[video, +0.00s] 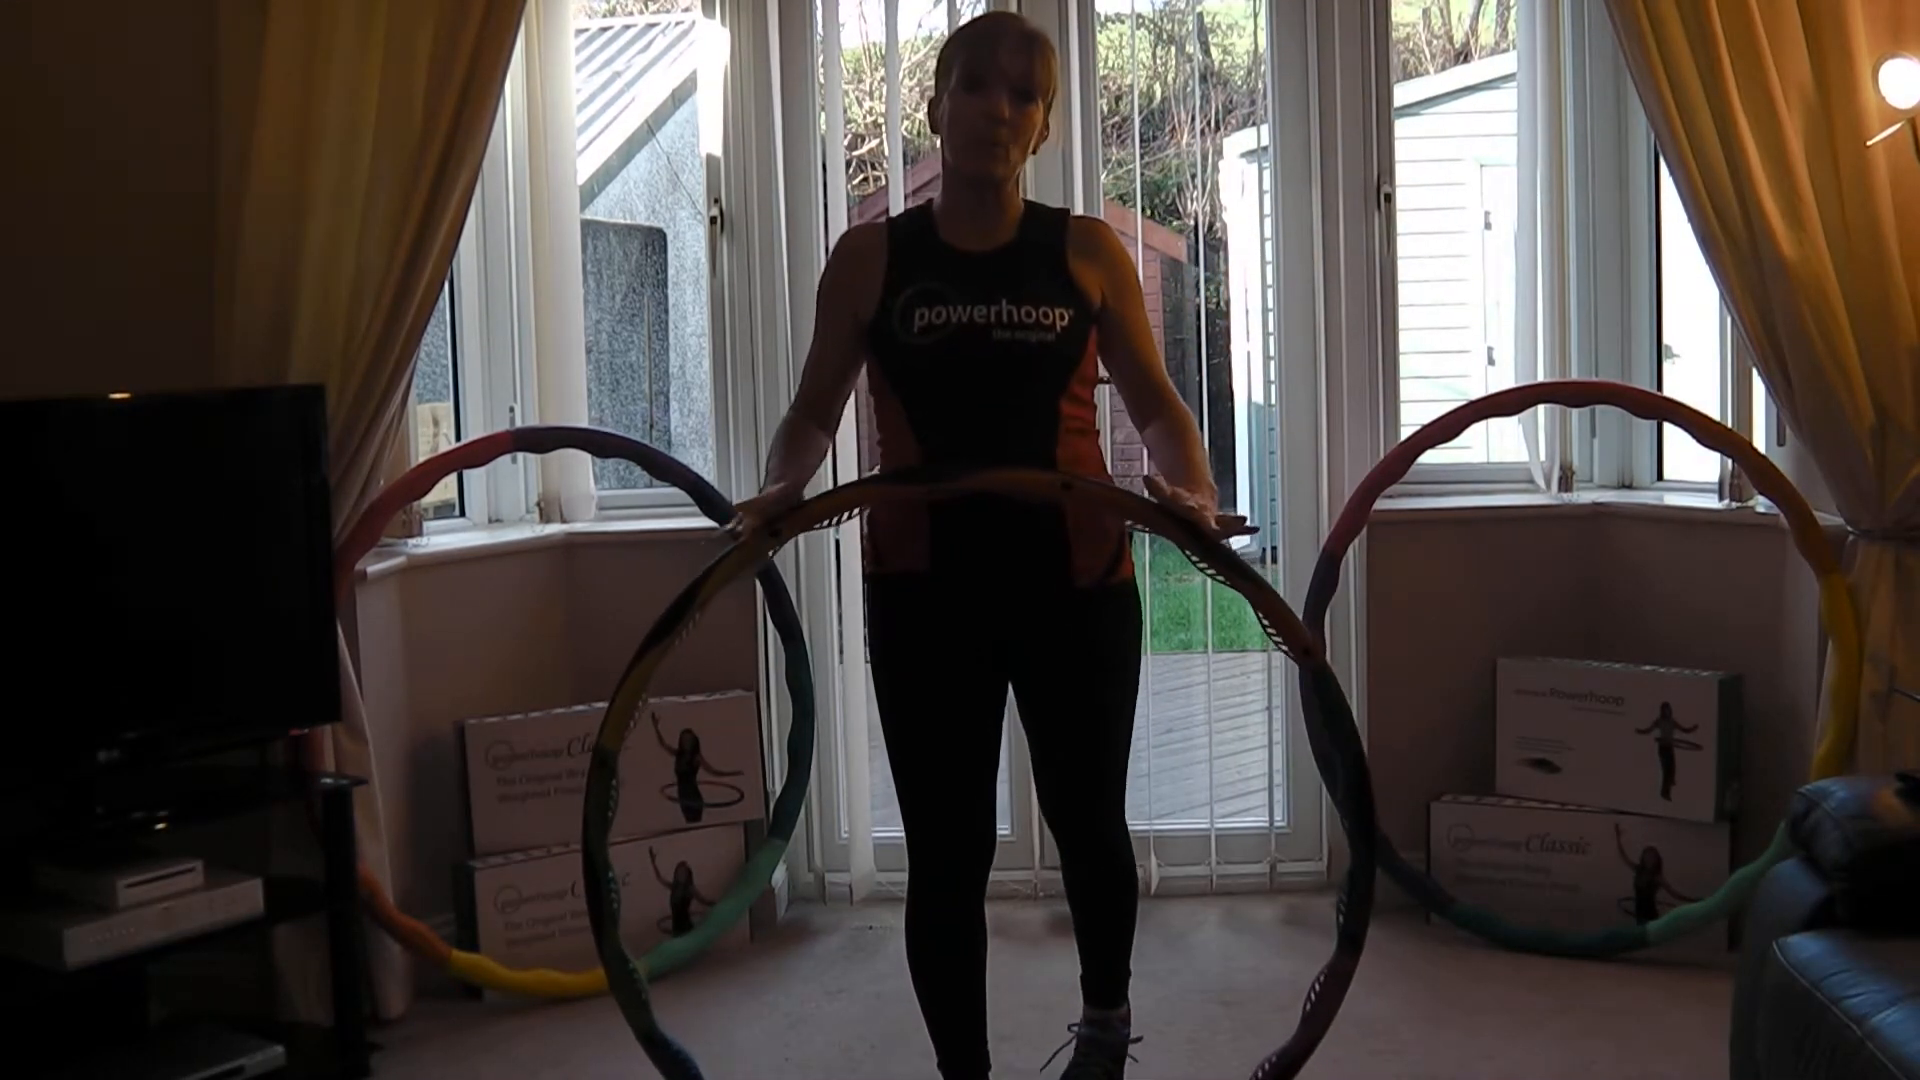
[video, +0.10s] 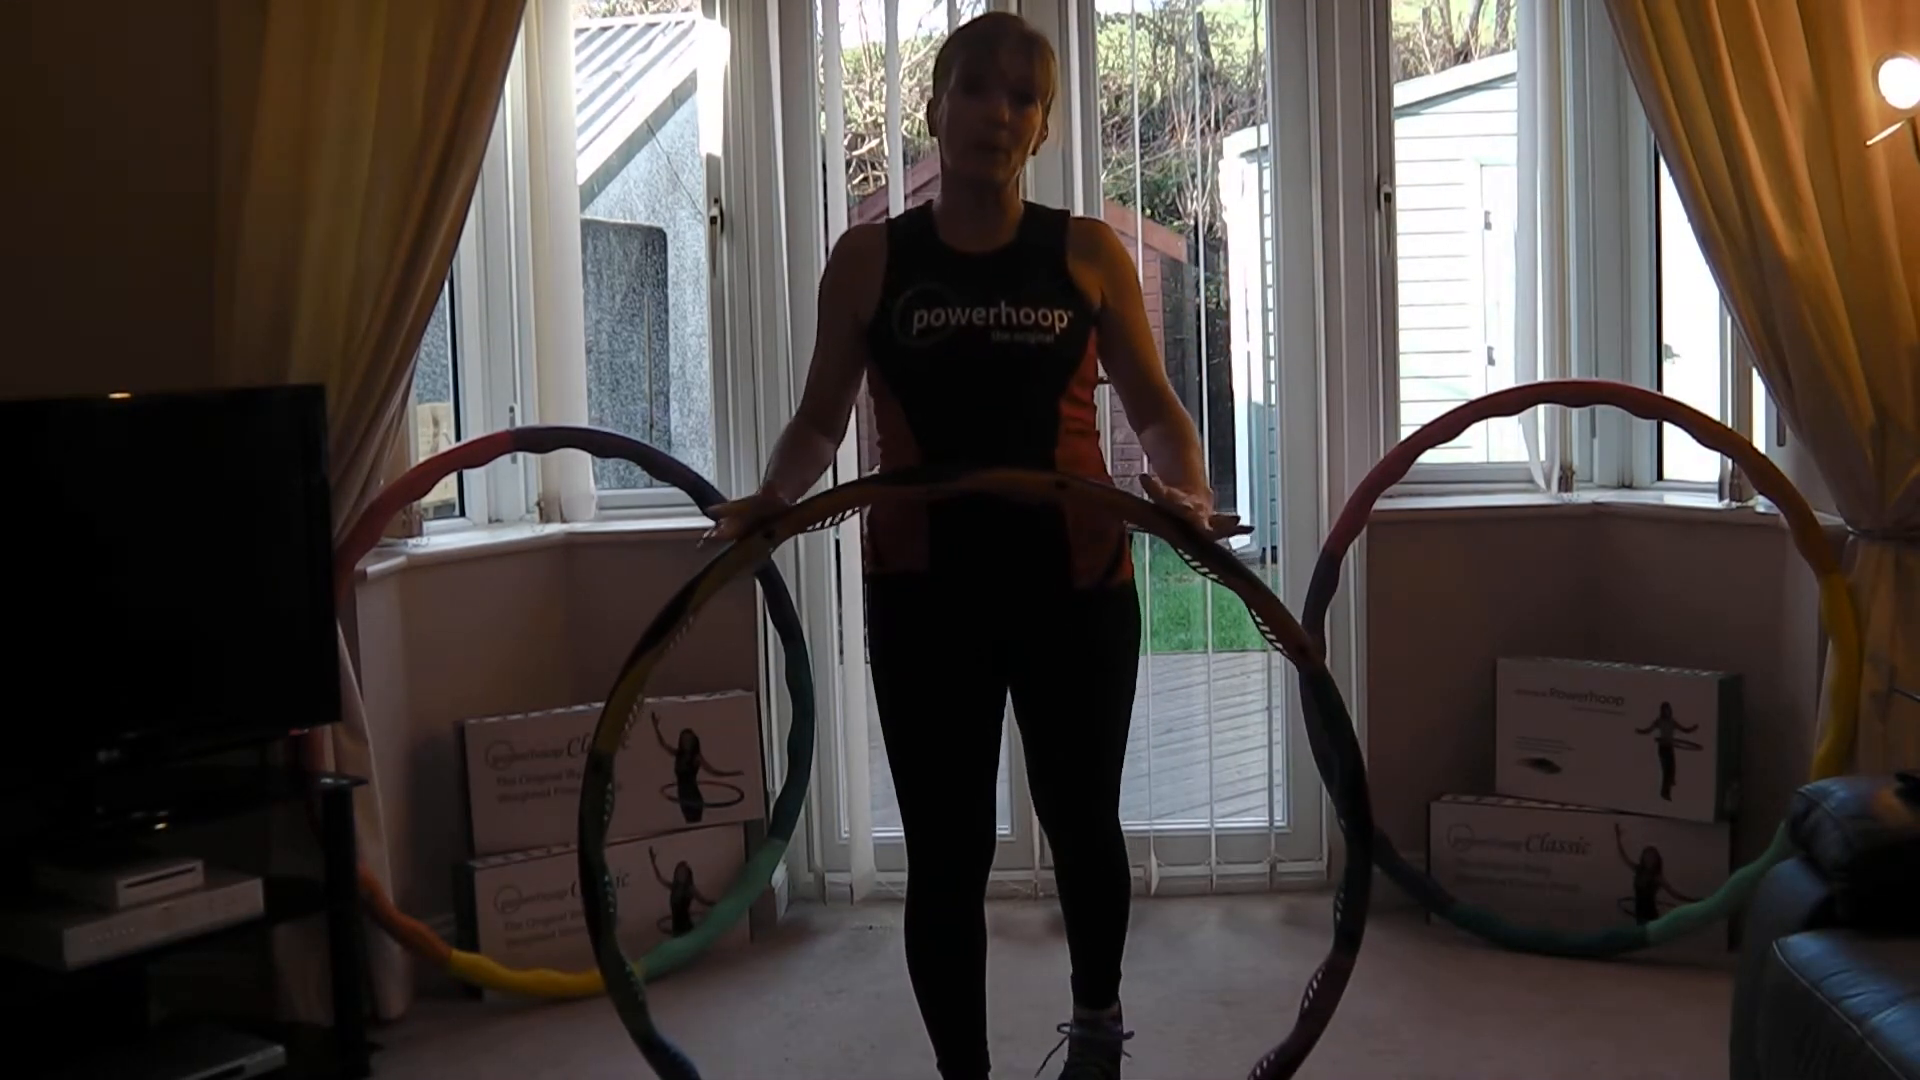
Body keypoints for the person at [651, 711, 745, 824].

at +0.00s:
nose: (685, 742)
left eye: (688, 739)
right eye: (683, 739)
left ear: (693, 741)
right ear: (680, 741)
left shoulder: (696, 757)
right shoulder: (678, 755)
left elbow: (713, 772)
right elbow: (662, 744)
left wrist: (734, 773)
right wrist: (656, 726)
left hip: (693, 795)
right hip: (682, 795)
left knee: (696, 828)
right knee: (691, 828)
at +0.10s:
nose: (685, 742)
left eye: (689, 739)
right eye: (683, 739)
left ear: (693, 741)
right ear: (680, 741)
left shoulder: (696, 757)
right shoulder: (678, 754)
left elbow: (713, 772)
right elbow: (662, 744)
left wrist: (734, 773)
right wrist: (656, 726)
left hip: (693, 794)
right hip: (682, 795)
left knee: (696, 828)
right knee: (691, 828)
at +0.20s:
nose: (685, 742)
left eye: (688, 739)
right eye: (683, 739)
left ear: (693, 742)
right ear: (680, 741)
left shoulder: (696, 757)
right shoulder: (678, 754)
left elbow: (713, 772)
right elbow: (662, 744)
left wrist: (734, 773)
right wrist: (656, 726)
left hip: (693, 795)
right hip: (682, 795)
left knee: (696, 828)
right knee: (691, 828)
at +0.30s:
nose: (685, 742)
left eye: (689, 739)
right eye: (684, 739)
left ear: (693, 741)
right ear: (680, 741)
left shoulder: (696, 757)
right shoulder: (678, 755)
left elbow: (713, 772)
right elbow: (662, 744)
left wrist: (734, 773)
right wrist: (656, 726)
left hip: (694, 794)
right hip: (682, 795)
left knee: (696, 828)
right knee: (691, 828)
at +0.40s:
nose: (686, 742)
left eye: (689, 739)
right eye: (684, 739)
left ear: (693, 741)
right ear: (680, 741)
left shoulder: (696, 757)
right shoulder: (678, 755)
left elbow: (713, 772)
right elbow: (662, 744)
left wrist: (734, 773)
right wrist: (656, 726)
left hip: (693, 794)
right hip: (682, 795)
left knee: (696, 828)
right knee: (691, 828)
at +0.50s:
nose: (686, 742)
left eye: (689, 739)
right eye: (684, 739)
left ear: (694, 741)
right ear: (680, 741)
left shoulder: (696, 757)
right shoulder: (678, 755)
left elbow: (713, 772)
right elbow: (662, 743)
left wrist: (734, 773)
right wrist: (656, 726)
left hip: (693, 794)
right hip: (682, 795)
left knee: (696, 828)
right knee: (691, 828)